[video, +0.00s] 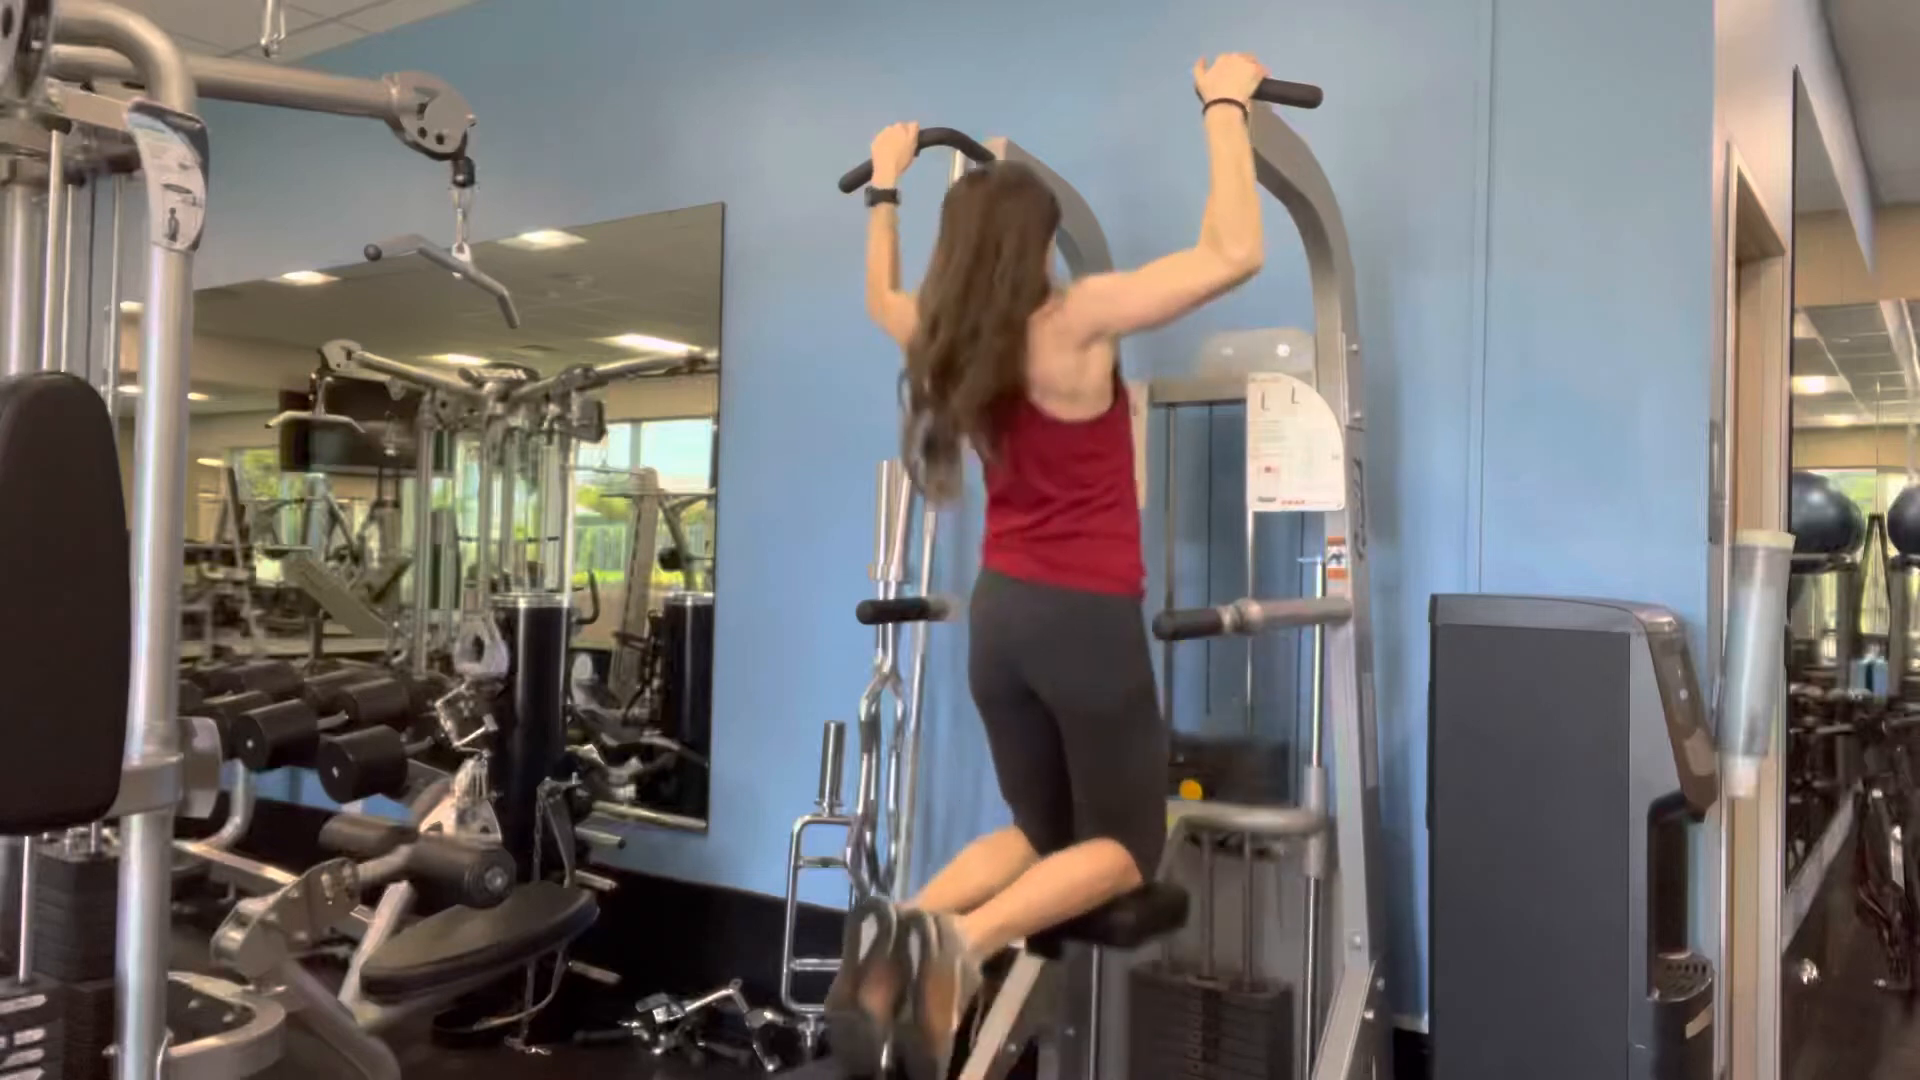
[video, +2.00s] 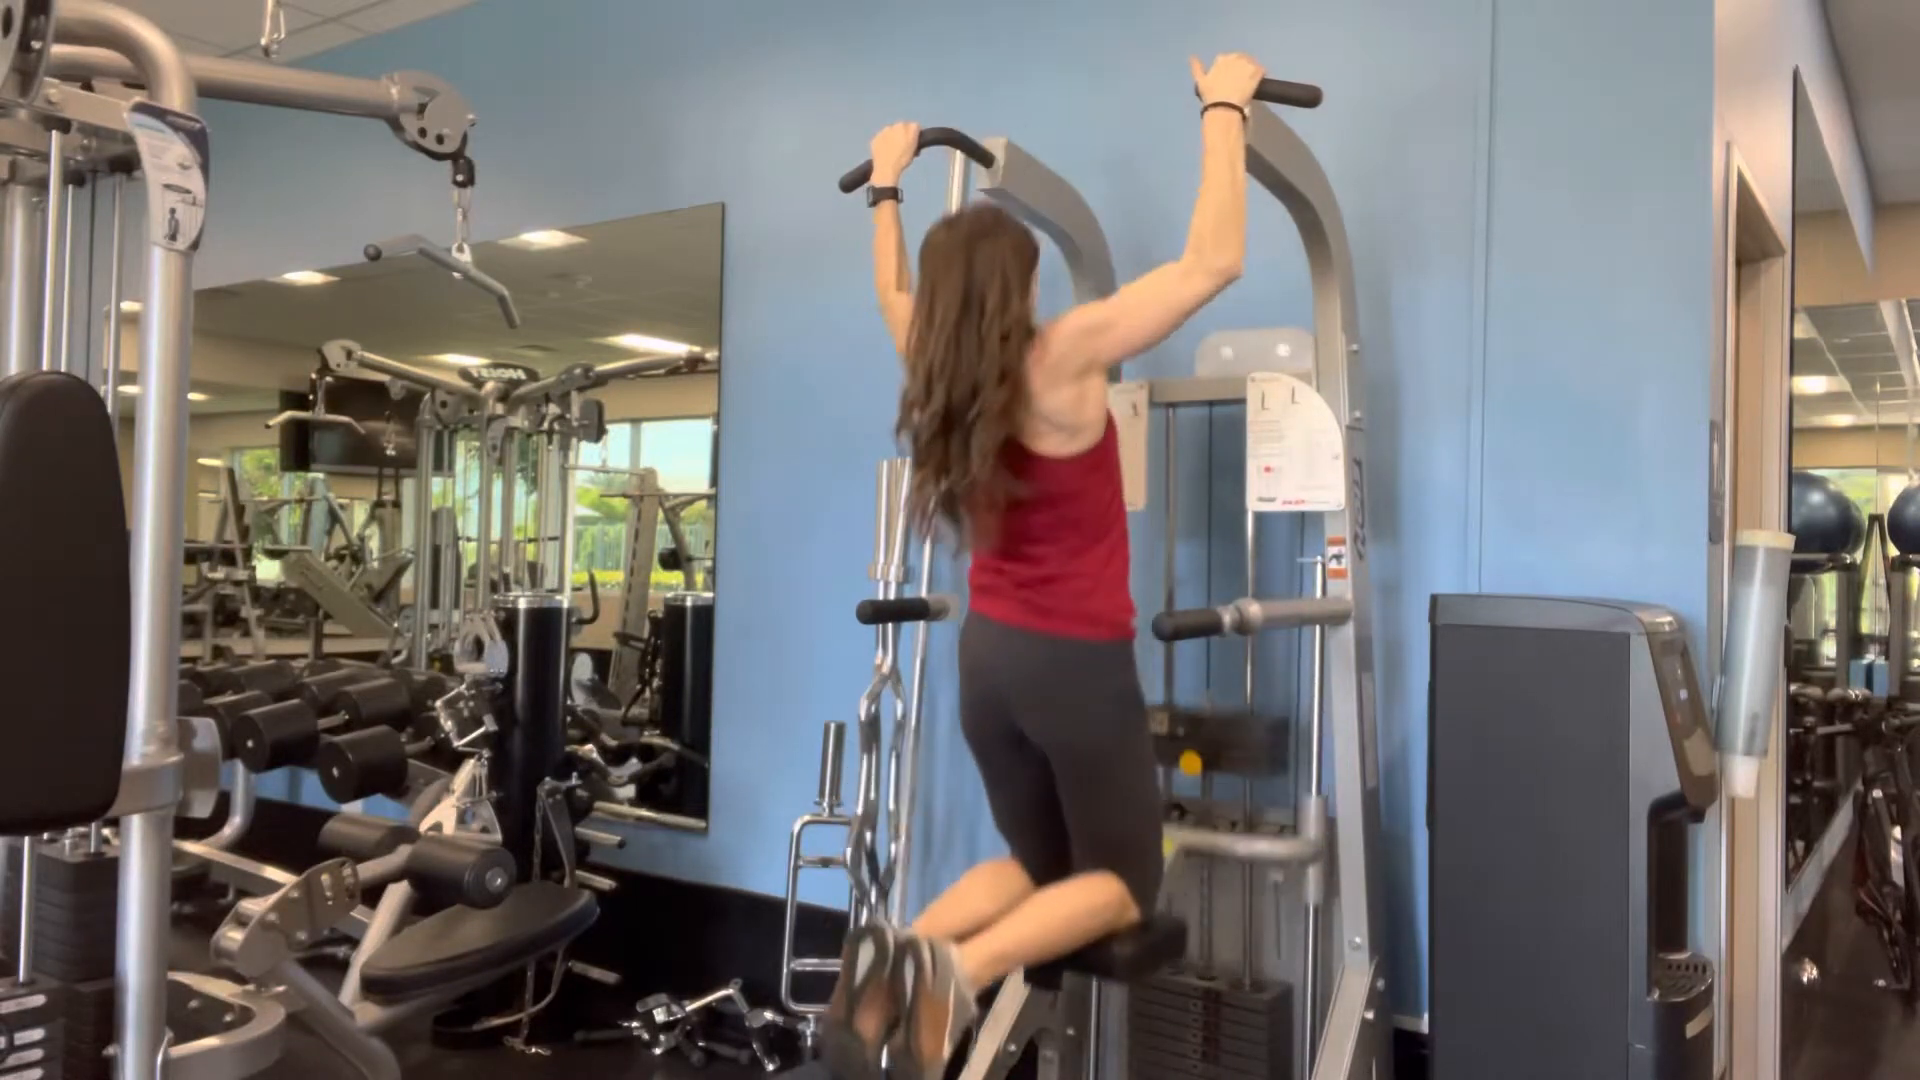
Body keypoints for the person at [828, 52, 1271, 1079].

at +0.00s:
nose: (1063, 243)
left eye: (1052, 231)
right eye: (1056, 230)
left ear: (964, 242)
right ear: (1043, 239)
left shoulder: (948, 333)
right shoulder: (1079, 314)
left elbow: (881, 292)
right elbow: (1234, 252)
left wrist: (885, 184)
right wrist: (1225, 107)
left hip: (1000, 612)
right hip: (1085, 618)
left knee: (1038, 830)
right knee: (1127, 847)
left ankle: (906, 933)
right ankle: (964, 947)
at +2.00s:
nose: (1033, 263)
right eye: (1025, 254)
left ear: (946, 284)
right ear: (1023, 275)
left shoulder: (946, 364)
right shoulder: (1066, 348)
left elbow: (894, 288)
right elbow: (1213, 262)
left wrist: (884, 185)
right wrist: (1224, 110)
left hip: (987, 658)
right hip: (1077, 665)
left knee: (1036, 863)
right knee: (1123, 884)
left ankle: (895, 962)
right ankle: (959, 970)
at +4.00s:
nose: (1088, 48)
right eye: (1083, 34)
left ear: (996, 51)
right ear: (1080, 46)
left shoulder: (975, 156)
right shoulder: (1113, 136)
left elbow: (891, 280)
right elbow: (1183, 247)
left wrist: (877, 182)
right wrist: (1229, 114)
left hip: (1019, 416)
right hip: (1109, 417)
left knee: (1038, 641)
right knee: (1134, 655)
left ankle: (915, 719)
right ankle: (980, 723)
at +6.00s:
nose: (1076, 62)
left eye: (1064, 45)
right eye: (1072, 48)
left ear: (982, 65)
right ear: (1064, 59)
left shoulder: (960, 169)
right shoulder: (1103, 142)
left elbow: (884, 289)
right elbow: (1199, 250)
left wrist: (880, 178)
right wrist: (1229, 113)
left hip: (1009, 435)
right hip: (1097, 437)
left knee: (1033, 660)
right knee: (1130, 674)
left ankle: (904, 769)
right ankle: (963, 779)